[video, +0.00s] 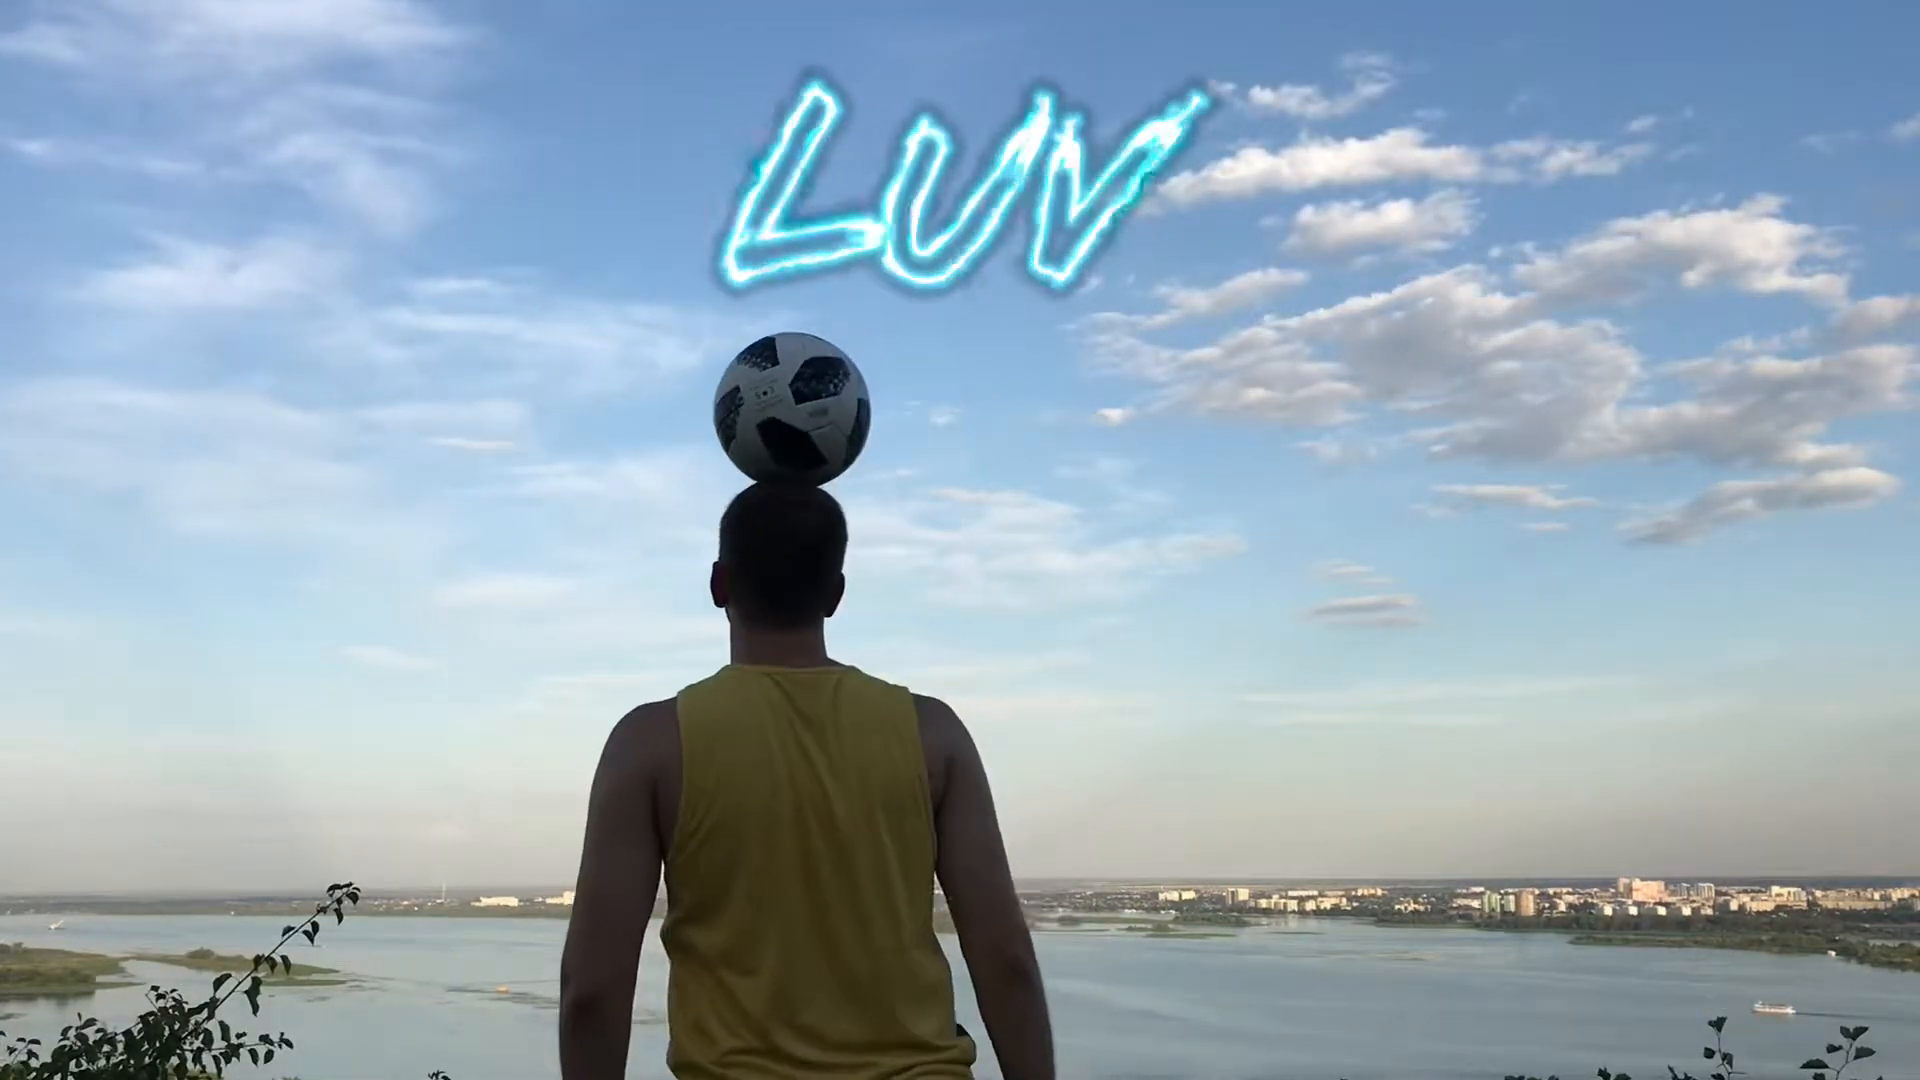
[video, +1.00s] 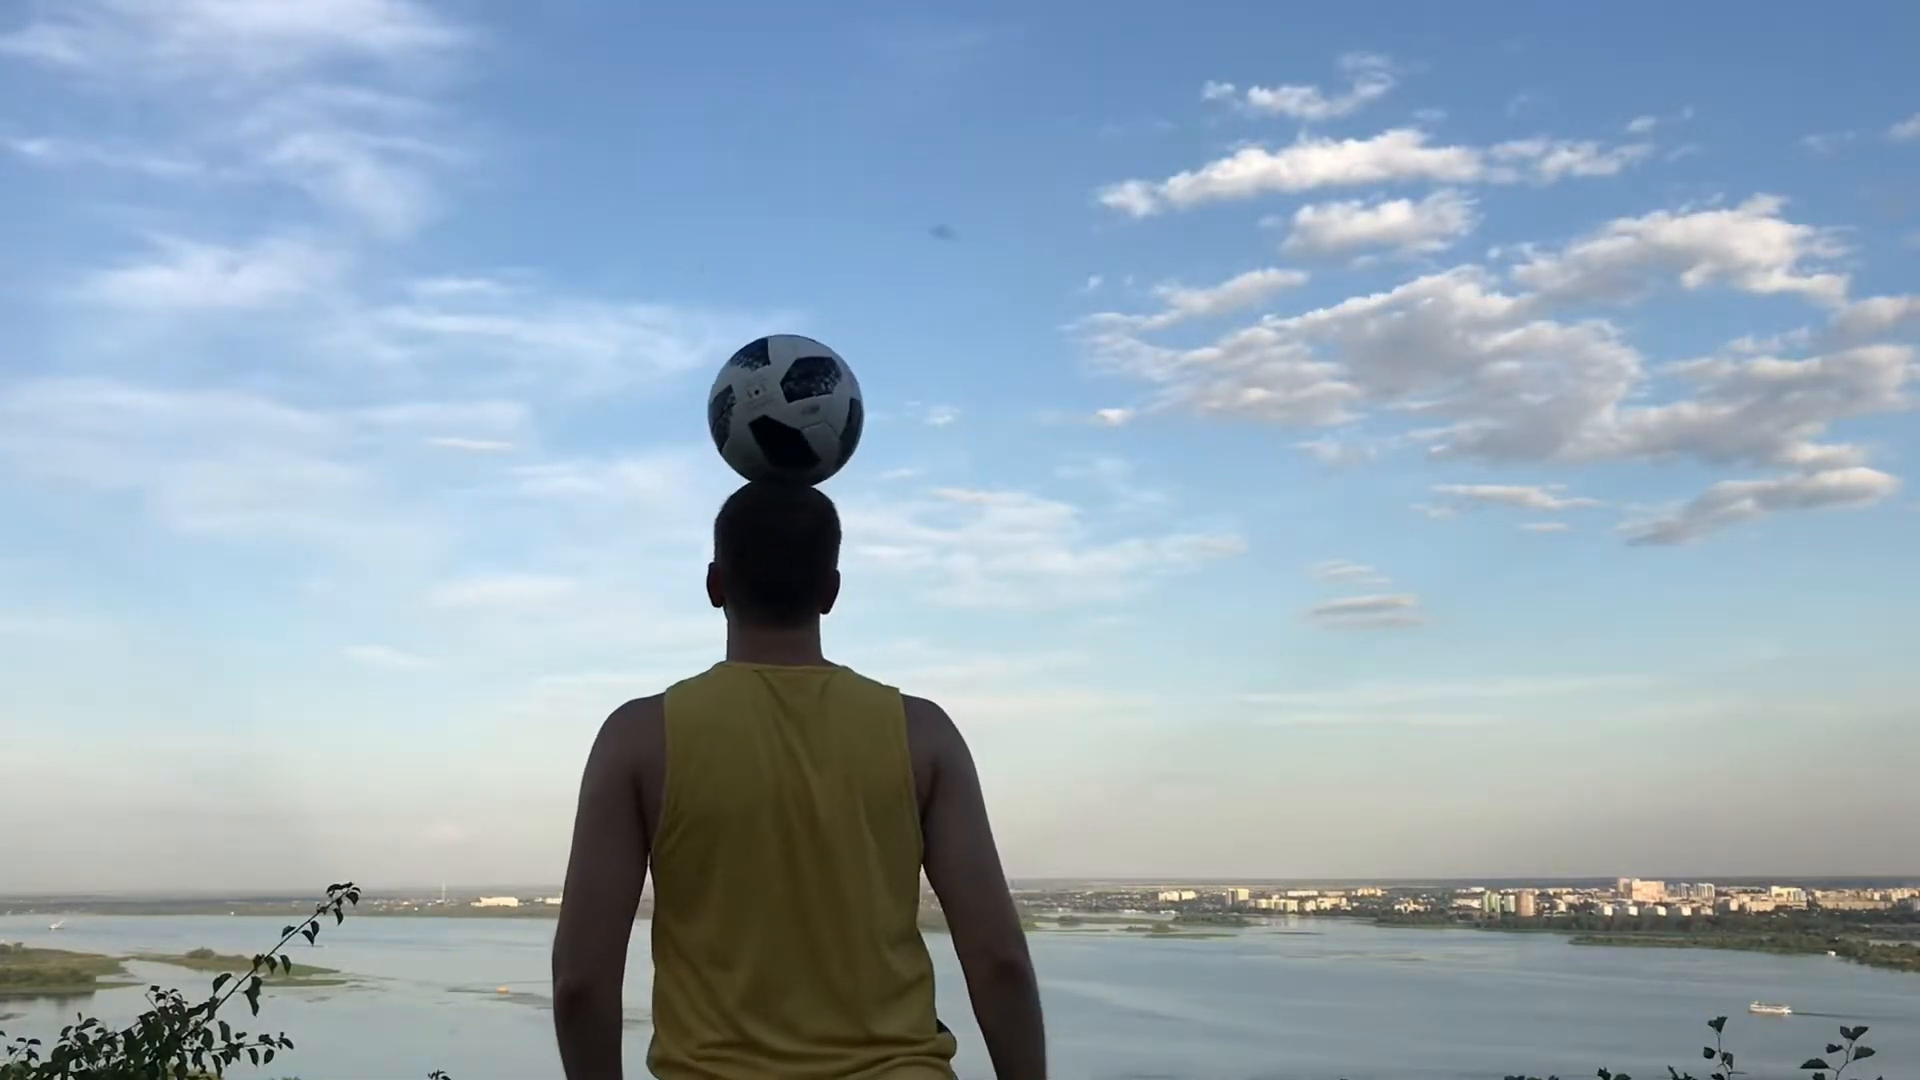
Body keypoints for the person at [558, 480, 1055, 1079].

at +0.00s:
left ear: (718, 584)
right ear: (838, 591)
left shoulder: (652, 739)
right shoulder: (932, 732)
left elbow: (591, 997)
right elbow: (1007, 966)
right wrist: (1031, 1073)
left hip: (730, 1060)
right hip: (921, 1060)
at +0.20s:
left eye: (691, 565)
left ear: (695, 583)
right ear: (816, 591)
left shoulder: (624, 739)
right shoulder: (906, 734)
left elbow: (557, 997)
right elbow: (981, 969)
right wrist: (1003, 1074)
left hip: (701, 1061)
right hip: (894, 1061)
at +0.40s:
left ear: (703, 585)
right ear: (824, 590)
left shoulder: (631, 737)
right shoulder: (911, 736)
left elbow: (556, 989)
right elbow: (979, 973)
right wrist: (993, 1074)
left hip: (700, 1060)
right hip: (891, 1060)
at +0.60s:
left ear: (728, 587)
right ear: (845, 595)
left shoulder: (655, 734)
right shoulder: (933, 736)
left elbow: (578, 981)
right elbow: (1001, 973)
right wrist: (1010, 1074)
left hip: (716, 1059)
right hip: (905, 1061)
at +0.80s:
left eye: (731, 571)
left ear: (736, 588)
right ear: (853, 591)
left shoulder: (666, 734)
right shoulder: (944, 733)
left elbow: (598, 980)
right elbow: (1015, 968)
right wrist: (1032, 1076)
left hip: (728, 1064)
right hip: (913, 1065)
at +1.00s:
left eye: (712, 566)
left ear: (714, 583)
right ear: (832, 590)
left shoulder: (640, 735)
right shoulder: (921, 731)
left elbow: (581, 989)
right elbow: (1001, 963)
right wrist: (1026, 1076)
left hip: (711, 1066)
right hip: (898, 1065)